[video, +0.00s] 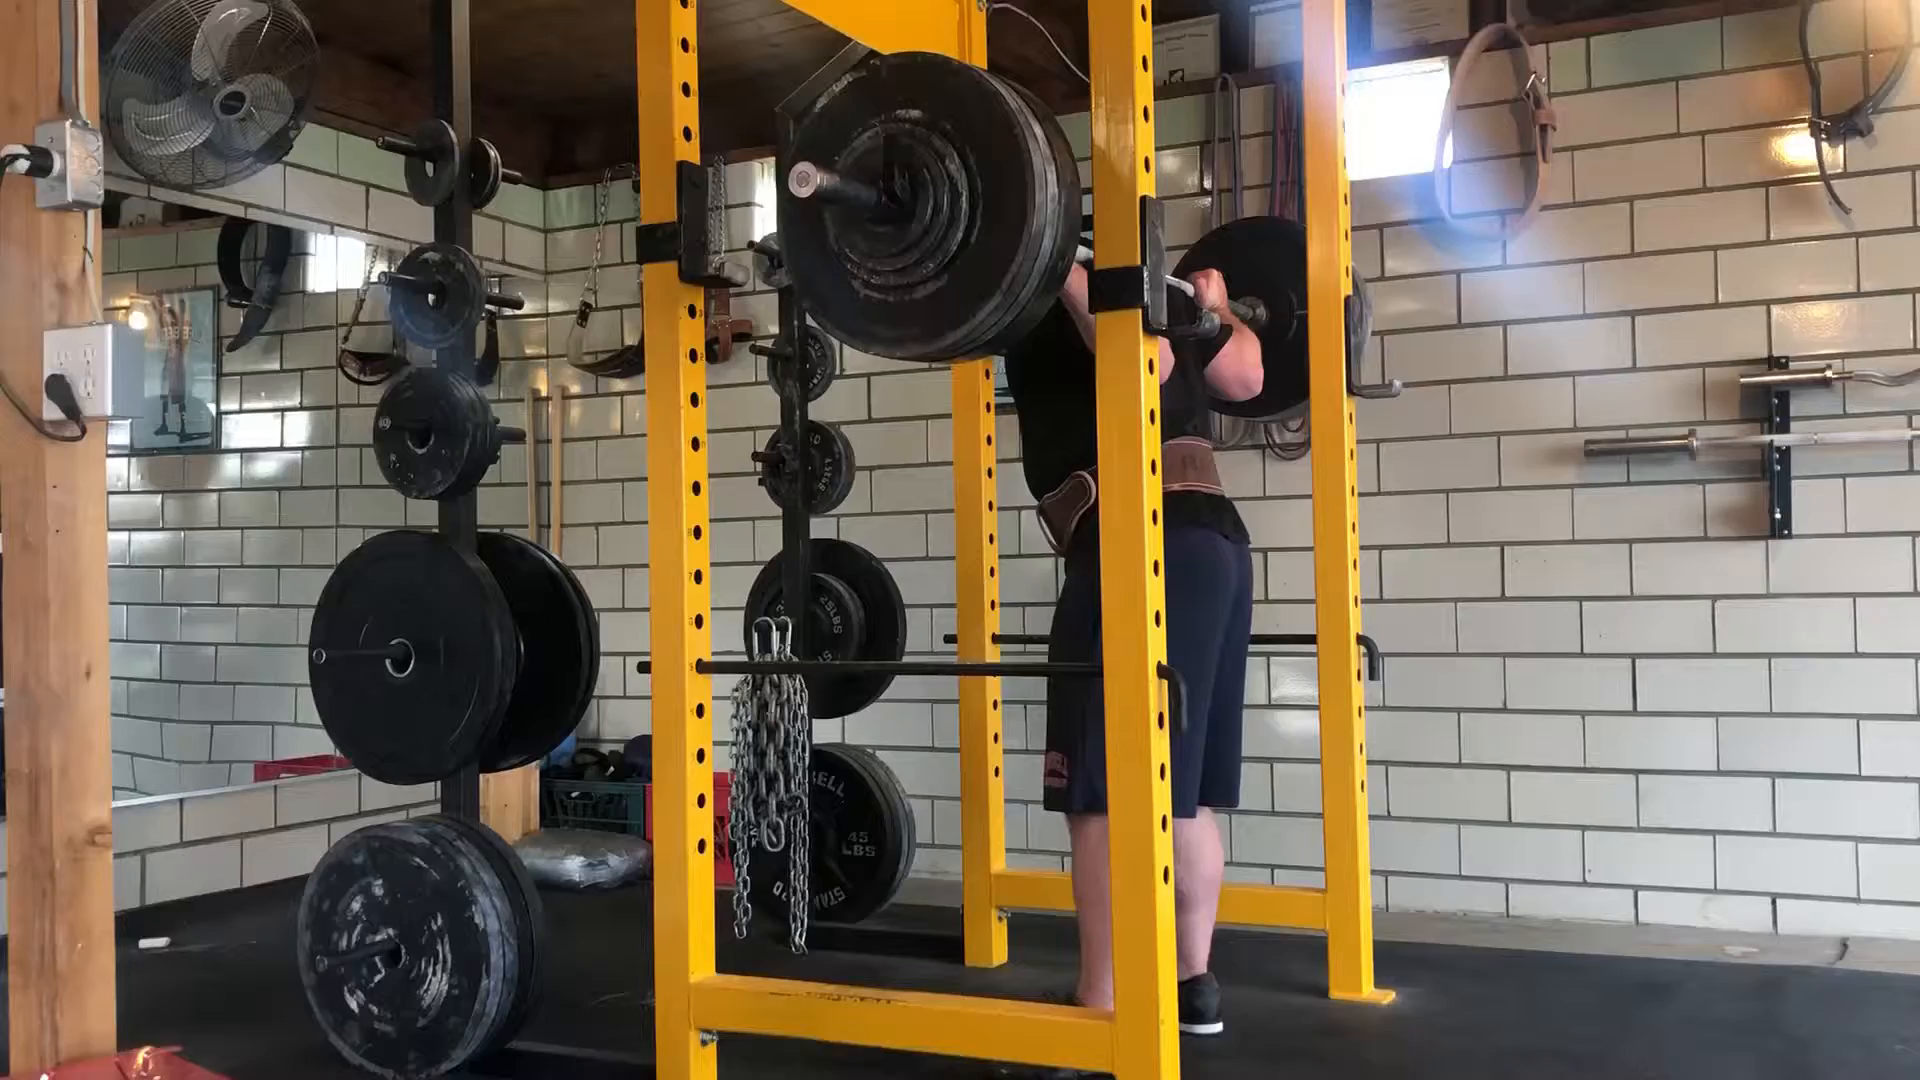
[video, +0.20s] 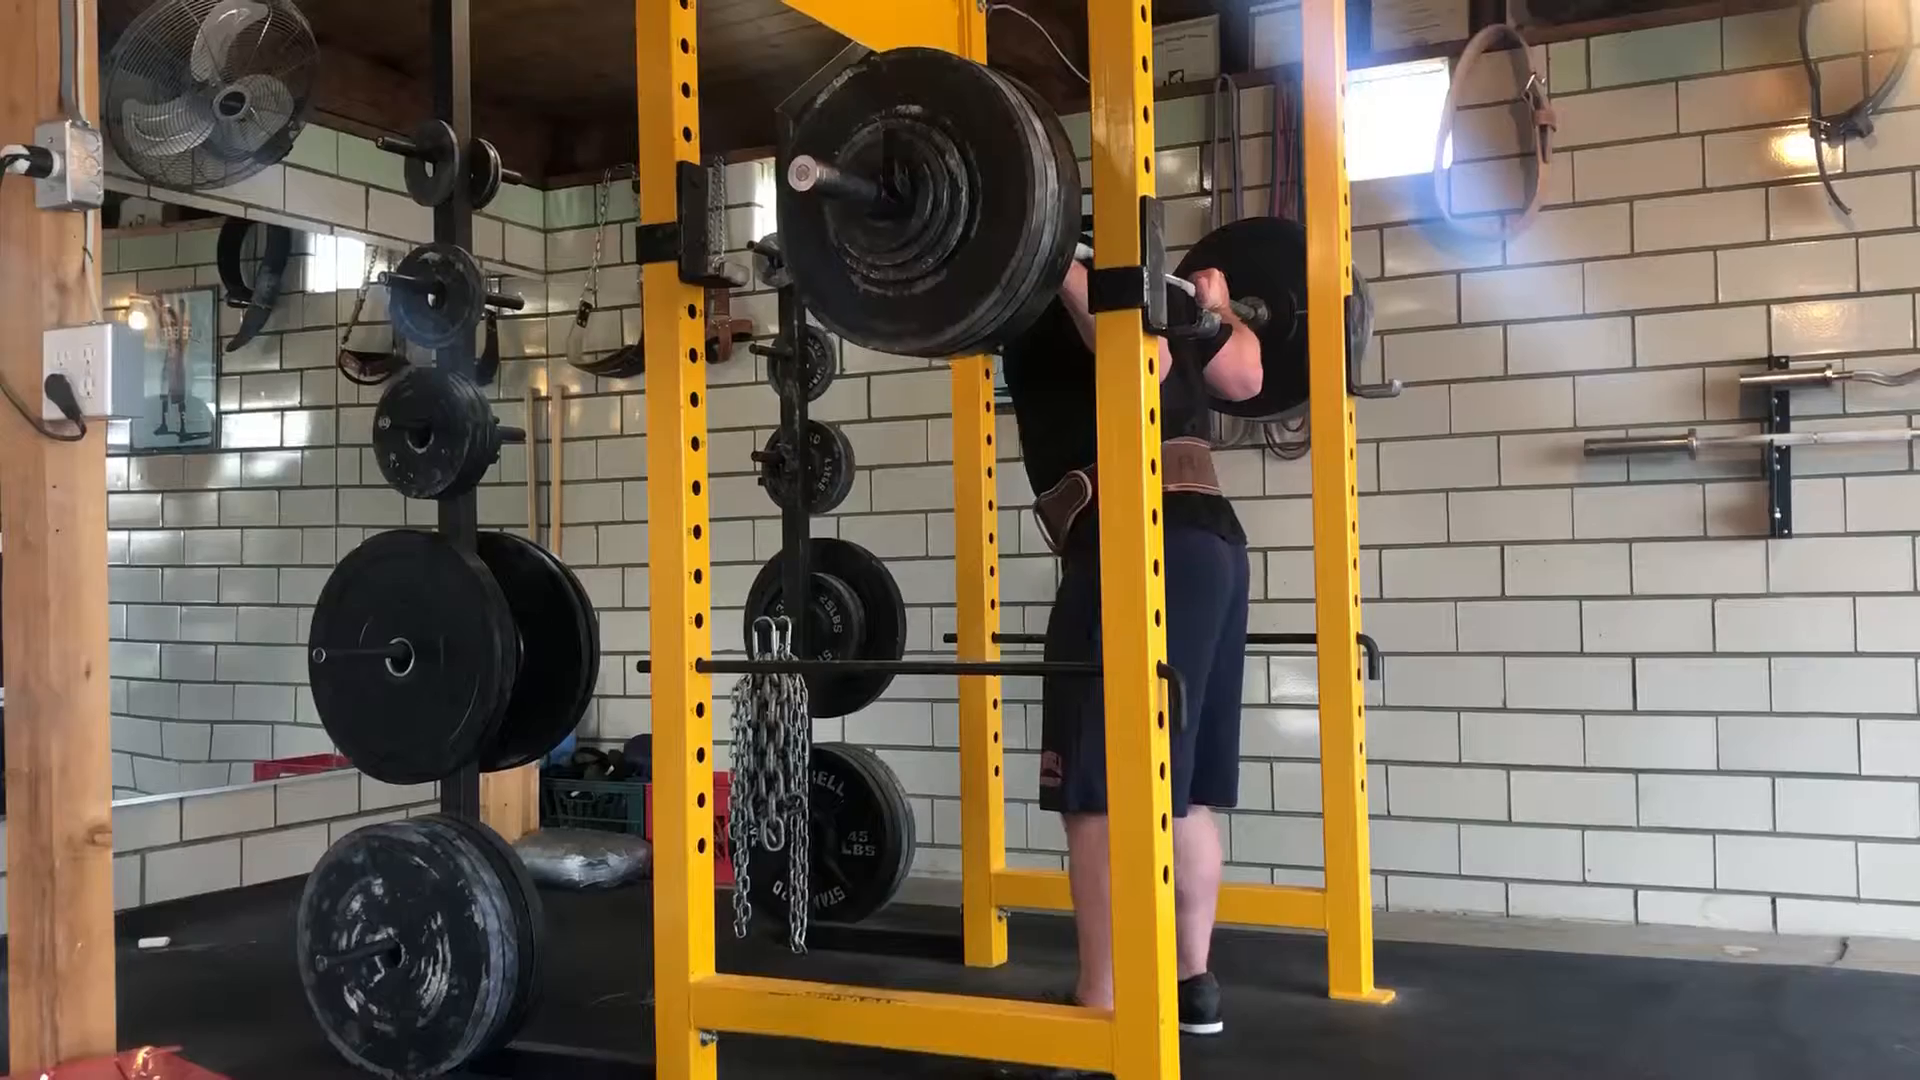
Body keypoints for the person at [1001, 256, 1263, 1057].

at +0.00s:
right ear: (1094, 229)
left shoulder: (1052, 286)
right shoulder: (1163, 296)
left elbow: (1145, 367)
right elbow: (1247, 376)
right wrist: (1217, 308)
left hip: (1127, 539)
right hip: (1210, 541)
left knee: (1094, 786)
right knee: (1190, 786)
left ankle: (1100, 1000)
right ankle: (1194, 983)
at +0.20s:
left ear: (1033, 243)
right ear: (1103, 237)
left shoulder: (1041, 294)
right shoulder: (1162, 296)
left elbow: (1143, 363)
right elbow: (1245, 373)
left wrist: (1080, 288)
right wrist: (1218, 301)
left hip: (1119, 541)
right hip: (1208, 542)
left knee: (1093, 784)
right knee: (1190, 785)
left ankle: (1100, 1000)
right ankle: (1193, 983)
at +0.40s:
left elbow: (1148, 371)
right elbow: (1252, 378)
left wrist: (1075, 286)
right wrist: (1216, 314)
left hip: (1131, 541)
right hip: (1213, 543)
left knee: (1094, 783)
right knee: (1192, 782)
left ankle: (1100, 998)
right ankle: (1194, 984)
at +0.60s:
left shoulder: (1057, 305)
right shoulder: (1173, 305)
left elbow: (1153, 368)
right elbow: (1254, 377)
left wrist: (1067, 280)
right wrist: (1216, 311)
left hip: (1133, 542)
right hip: (1215, 546)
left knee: (1094, 787)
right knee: (1187, 786)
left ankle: (1099, 1004)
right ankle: (1192, 984)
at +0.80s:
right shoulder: (1180, 314)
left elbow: (1148, 369)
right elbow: (1253, 379)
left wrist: (1066, 280)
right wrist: (1215, 312)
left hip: (1131, 540)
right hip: (1215, 542)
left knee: (1093, 787)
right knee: (1189, 785)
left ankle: (1100, 999)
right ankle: (1194, 984)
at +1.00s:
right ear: (1086, 238)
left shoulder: (1050, 303)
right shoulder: (1168, 302)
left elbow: (1142, 371)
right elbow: (1251, 378)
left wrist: (1067, 283)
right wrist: (1214, 310)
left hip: (1128, 544)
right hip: (1216, 547)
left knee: (1096, 787)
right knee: (1189, 785)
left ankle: (1100, 1003)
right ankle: (1194, 982)